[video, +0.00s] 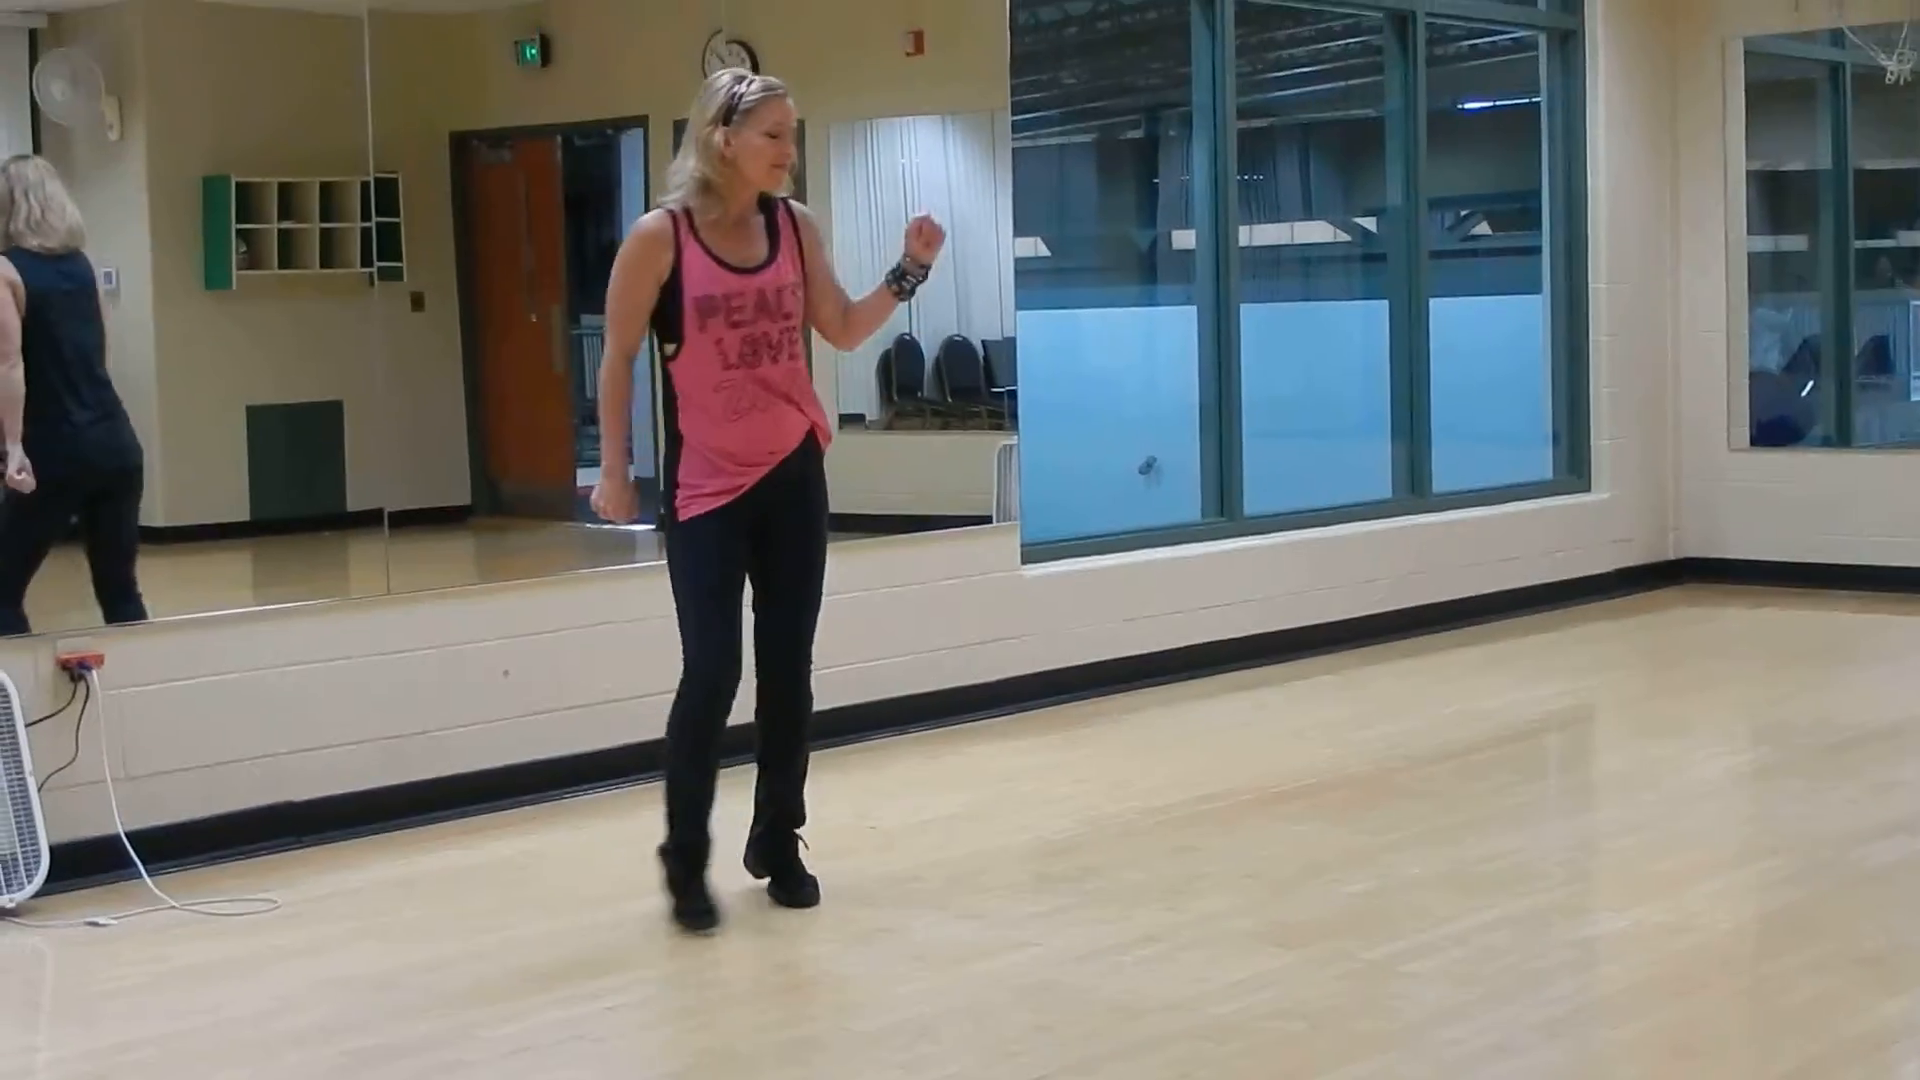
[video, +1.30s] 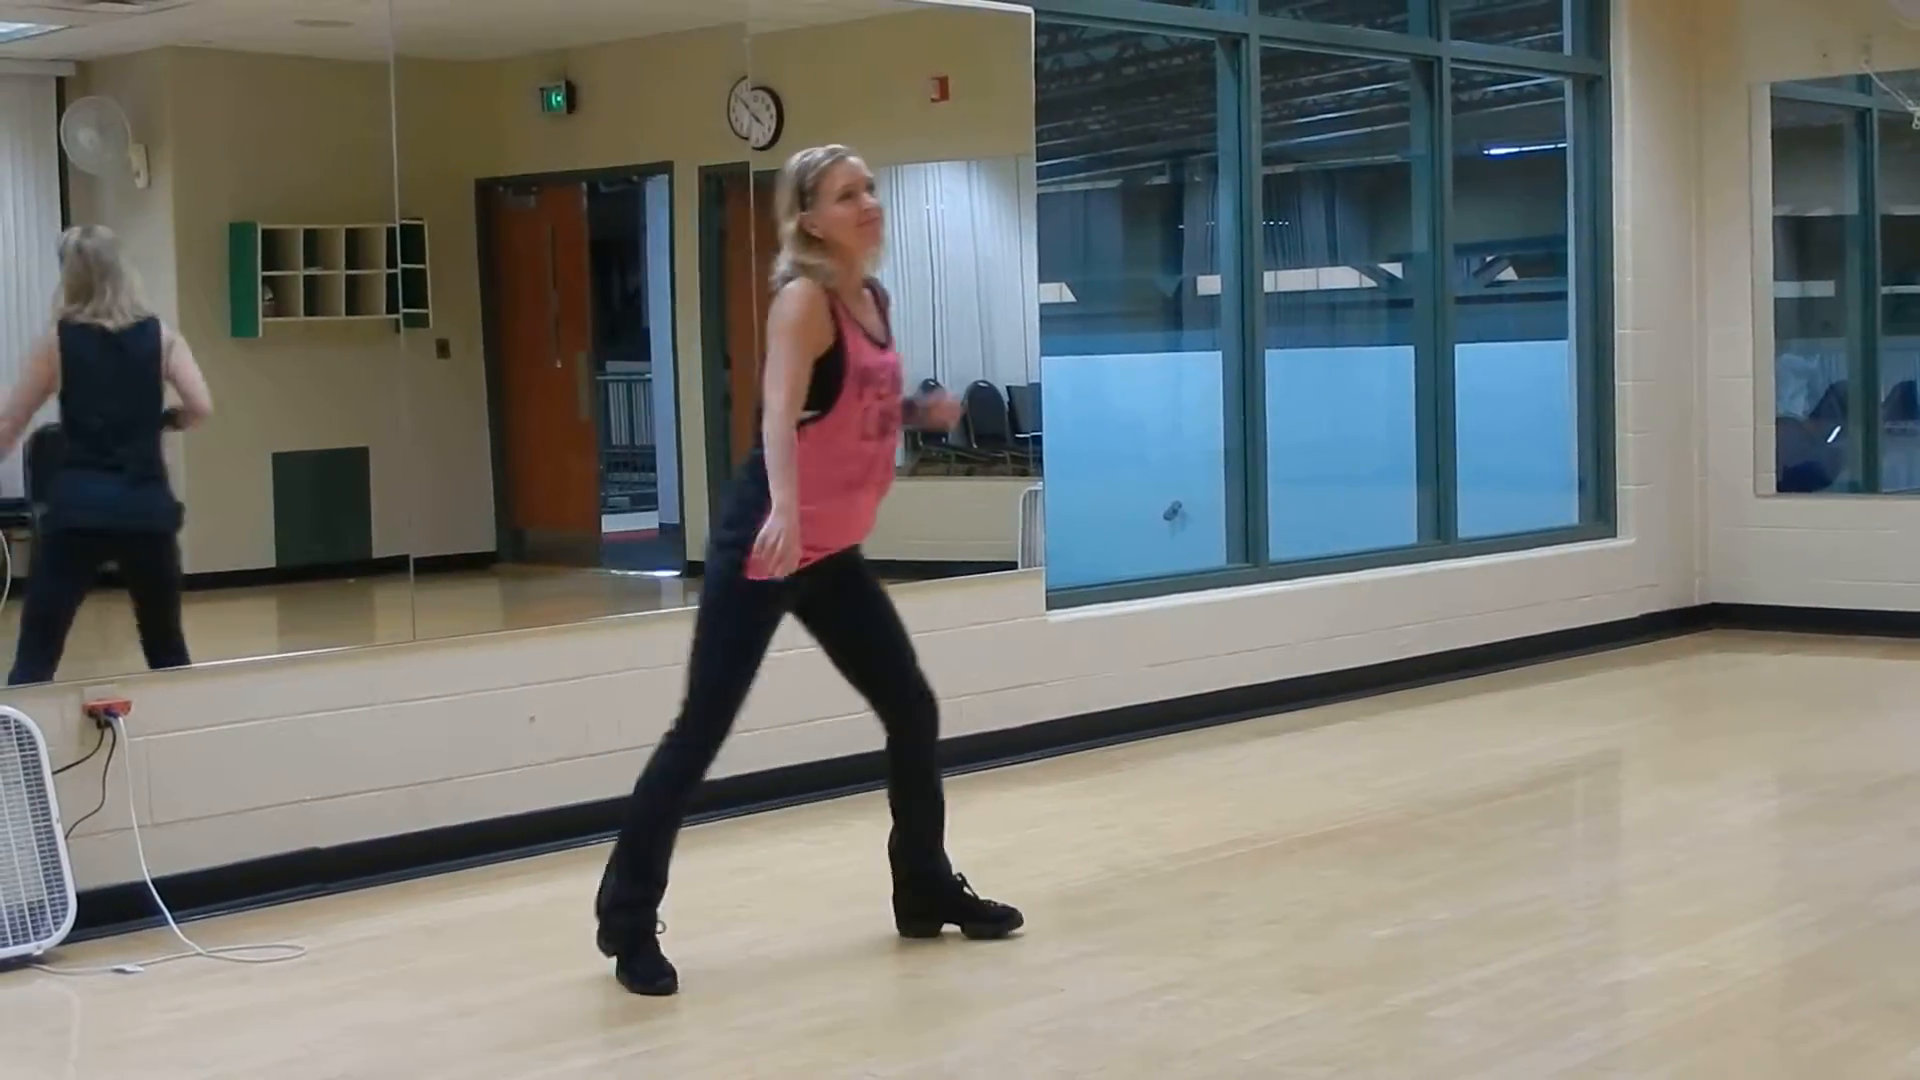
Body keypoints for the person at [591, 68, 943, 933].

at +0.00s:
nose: (787, 151)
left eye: (792, 137)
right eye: (772, 137)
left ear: (786, 145)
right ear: (720, 140)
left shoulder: (795, 225)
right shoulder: (657, 239)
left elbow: (844, 330)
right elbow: (619, 357)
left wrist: (909, 271)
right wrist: (613, 470)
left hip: (793, 472)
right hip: (705, 484)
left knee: (787, 671)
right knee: (713, 674)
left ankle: (778, 842)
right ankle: (685, 857)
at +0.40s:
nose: (737, 207)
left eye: (739, 193)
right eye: (723, 192)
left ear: (722, 199)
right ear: (670, 194)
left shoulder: (726, 272)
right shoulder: (598, 287)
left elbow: (784, 368)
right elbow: (549, 403)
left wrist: (885, 388)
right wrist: (598, 504)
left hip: (714, 517)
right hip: (632, 542)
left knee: (841, 640)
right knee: (649, 732)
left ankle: (787, 805)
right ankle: (616, 923)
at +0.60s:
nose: (726, 229)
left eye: (728, 215)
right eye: (713, 214)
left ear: (715, 222)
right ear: (657, 216)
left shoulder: (721, 294)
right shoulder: (588, 314)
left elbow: (752, 400)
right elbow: (548, 431)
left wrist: (806, 497)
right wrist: (602, 456)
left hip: (704, 542)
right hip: (622, 564)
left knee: (849, 644)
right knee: (650, 753)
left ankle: (751, 788)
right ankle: (622, 937)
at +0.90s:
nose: (752, 213)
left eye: (754, 199)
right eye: (731, 202)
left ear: (755, 216)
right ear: (680, 221)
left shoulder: (761, 311)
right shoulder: (642, 308)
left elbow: (738, 425)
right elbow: (612, 427)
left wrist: (743, 519)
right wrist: (684, 374)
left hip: (725, 550)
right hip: (647, 564)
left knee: (836, 708)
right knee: (659, 756)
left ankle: (761, 863)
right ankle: (628, 936)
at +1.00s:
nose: (776, 195)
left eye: (777, 181)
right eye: (754, 186)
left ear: (781, 198)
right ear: (708, 207)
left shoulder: (781, 291)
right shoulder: (681, 278)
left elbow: (748, 404)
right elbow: (649, 386)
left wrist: (748, 498)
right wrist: (723, 364)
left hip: (735, 535)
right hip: (655, 547)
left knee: (835, 702)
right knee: (644, 747)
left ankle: (833, 876)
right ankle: (624, 936)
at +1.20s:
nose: (837, 204)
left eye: (837, 190)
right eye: (816, 195)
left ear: (840, 205)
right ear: (772, 218)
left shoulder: (837, 296)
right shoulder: (760, 288)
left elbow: (820, 401)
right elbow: (748, 378)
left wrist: (847, 457)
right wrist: (786, 445)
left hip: (790, 555)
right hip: (715, 555)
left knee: (863, 722)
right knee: (660, 736)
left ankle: (910, 890)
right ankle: (616, 927)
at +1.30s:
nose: (872, 205)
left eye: (872, 191)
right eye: (851, 196)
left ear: (874, 208)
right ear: (810, 220)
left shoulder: (867, 296)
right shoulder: (802, 301)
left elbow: (858, 410)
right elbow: (779, 414)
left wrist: (916, 412)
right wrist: (784, 507)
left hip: (828, 548)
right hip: (758, 547)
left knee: (912, 710)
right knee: (700, 731)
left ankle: (925, 891)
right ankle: (625, 913)